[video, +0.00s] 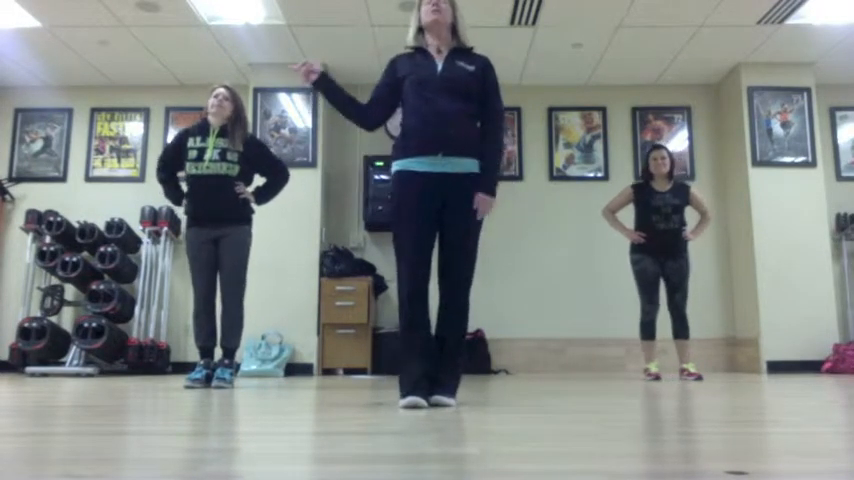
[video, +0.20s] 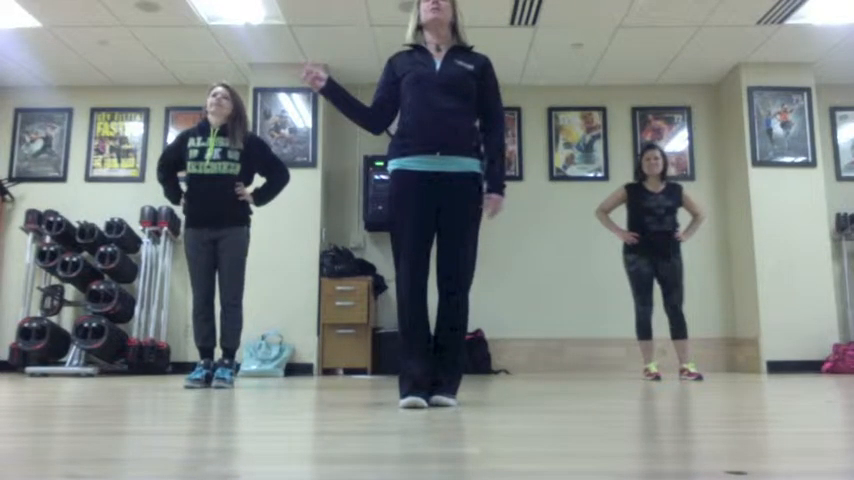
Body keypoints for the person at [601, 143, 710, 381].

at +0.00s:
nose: (660, 163)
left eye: (663, 158)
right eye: (655, 159)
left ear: (670, 162)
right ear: (648, 164)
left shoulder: (682, 189)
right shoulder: (638, 189)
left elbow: (706, 213)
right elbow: (607, 211)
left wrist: (693, 234)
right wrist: (627, 232)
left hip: (676, 253)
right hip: (645, 254)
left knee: (678, 307)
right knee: (649, 308)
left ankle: (685, 364)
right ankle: (650, 364)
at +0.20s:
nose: (653, 162)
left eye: (657, 158)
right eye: (648, 159)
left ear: (663, 162)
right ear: (641, 164)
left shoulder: (675, 190)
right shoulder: (631, 190)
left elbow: (699, 214)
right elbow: (600, 211)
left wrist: (684, 235)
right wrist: (620, 233)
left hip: (669, 254)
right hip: (638, 255)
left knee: (674, 307)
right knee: (644, 309)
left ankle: (685, 364)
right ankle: (649, 364)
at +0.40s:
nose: (647, 163)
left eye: (651, 159)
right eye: (643, 160)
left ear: (658, 162)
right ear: (636, 164)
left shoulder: (669, 191)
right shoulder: (625, 191)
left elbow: (692, 214)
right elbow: (595, 212)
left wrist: (680, 235)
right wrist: (616, 234)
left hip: (665, 253)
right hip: (634, 255)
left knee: (673, 307)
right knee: (641, 310)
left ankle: (679, 362)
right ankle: (648, 365)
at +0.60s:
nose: (643, 164)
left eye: (647, 160)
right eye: (638, 161)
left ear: (654, 163)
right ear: (632, 165)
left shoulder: (667, 191)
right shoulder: (623, 192)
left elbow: (690, 213)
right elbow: (594, 214)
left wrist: (679, 235)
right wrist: (615, 235)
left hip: (664, 253)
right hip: (634, 255)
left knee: (665, 308)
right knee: (641, 309)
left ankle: (663, 362)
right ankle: (648, 364)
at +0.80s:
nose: (642, 164)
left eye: (646, 160)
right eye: (637, 161)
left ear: (653, 163)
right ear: (631, 166)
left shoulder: (667, 191)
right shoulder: (623, 193)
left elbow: (690, 213)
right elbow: (594, 216)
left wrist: (679, 235)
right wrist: (616, 235)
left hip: (664, 254)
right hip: (635, 256)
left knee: (663, 308)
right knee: (642, 310)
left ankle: (662, 362)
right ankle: (648, 364)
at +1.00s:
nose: (642, 164)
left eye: (646, 160)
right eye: (638, 161)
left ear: (654, 163)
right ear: (631, 166)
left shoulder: (667, 191)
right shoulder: (624, 193)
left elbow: (692, 213)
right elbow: (595, 217)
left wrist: (680, 235)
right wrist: (617, 235)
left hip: (665, 253)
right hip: (636, 255)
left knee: (663, 307)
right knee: (642, 309)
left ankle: (662, 362)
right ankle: (648, 363)